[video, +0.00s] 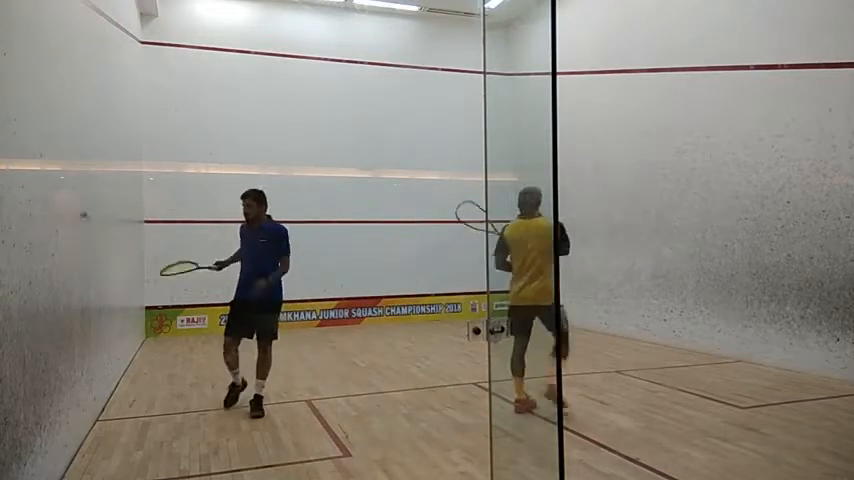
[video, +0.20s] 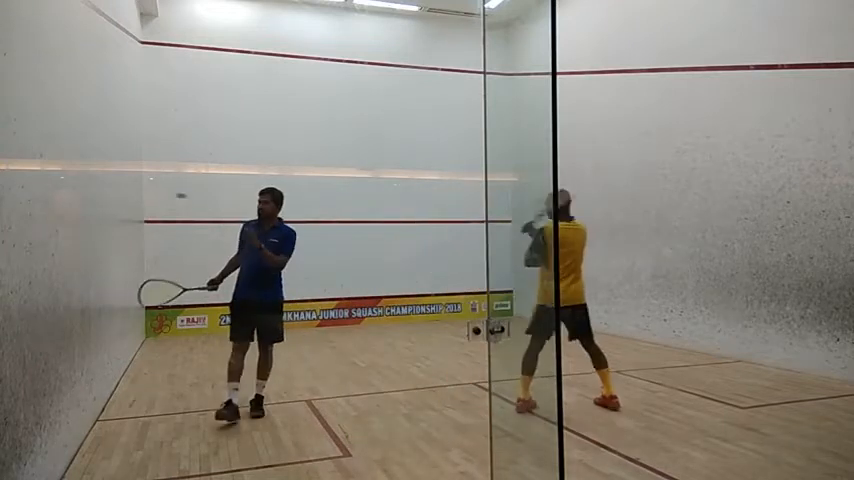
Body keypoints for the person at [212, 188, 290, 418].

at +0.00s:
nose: (245, 210)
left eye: (249, 206)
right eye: (244, 206)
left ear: (263, 207)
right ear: (244, 207)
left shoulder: (278, 231)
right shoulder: (245, 230)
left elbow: (285, 265)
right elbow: (245, 252)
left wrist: (270, 279)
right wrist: (226, 263)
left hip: (269, 297)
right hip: (244, 294)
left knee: (264, 346)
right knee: (229, 345)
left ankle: (257, 396)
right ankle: (237, 382)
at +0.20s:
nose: (260, 206)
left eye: (265, 203)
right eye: (259, 202)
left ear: (277, 207)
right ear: (258, 204)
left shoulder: (287, 234)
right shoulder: (249, 228)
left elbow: (278, 264)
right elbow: (240, 256)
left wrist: (258, 245)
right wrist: (220, 277)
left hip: (269, 301)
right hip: (243, 299)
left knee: (265, 349)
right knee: (238, 348)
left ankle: (258, 399)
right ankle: (232, 403)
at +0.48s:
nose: (277, 206)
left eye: (281, 203)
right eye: (273, 202)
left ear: (287, 207)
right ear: (264, 204)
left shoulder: (293, 236)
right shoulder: (249, 230)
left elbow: (292, 270)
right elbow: (228, 256)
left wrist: (287, 258)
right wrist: (195, 265)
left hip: (276, 301)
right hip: (250, 299)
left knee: (266, 352)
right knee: (256, 351)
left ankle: (257, 398)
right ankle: (259, 406)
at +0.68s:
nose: (284, 203)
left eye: (287, 200)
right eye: (279, 199)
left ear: (290, 205)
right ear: (267, 202)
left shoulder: (296, 233)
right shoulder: (252, 231)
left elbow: (299, 264)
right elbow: (223, 256)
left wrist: (301, 285)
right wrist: (190, 253)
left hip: (286, 306)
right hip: (259, 306)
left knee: (281, 361)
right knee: (260, 358)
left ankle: (259, 392)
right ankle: (264, 416)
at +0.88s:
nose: (295, 202)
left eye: (296, 198)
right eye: (290, 198)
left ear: (296, 201)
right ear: (275, 202)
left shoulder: (302, 231)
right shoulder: (258, 230)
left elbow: (311, 265)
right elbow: (230, 254)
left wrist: (330, 296)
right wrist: (209, 244)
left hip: (296, 306)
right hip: (267, 307)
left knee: (308, 350)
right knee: (264, 357)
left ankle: (279, 393)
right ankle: (264, 416)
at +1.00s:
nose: (304, 202)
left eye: (304, 198)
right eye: (298, 198)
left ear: (300, 201)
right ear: (283, 201)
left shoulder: (307, 230)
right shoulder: (265, 230)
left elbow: (322, 264)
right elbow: (236, 254)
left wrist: (345, 291)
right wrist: (222, 241)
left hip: (300, 304)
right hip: (273, 306)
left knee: (318, 348)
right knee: (269, 356)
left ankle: (302, 403)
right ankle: (266, 417)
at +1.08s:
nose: (315, 203)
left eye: (315, 199)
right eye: (310, 199)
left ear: (305, 202)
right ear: (294, 202)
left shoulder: (315, 231)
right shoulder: (275, 229)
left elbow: (334, 263)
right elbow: (248, 254)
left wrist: (359, 285)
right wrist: (238, 242)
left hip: (306, 304)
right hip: (279, 306)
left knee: (325, 347)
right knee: (275, 358)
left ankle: (330, 406)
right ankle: (267, 417)